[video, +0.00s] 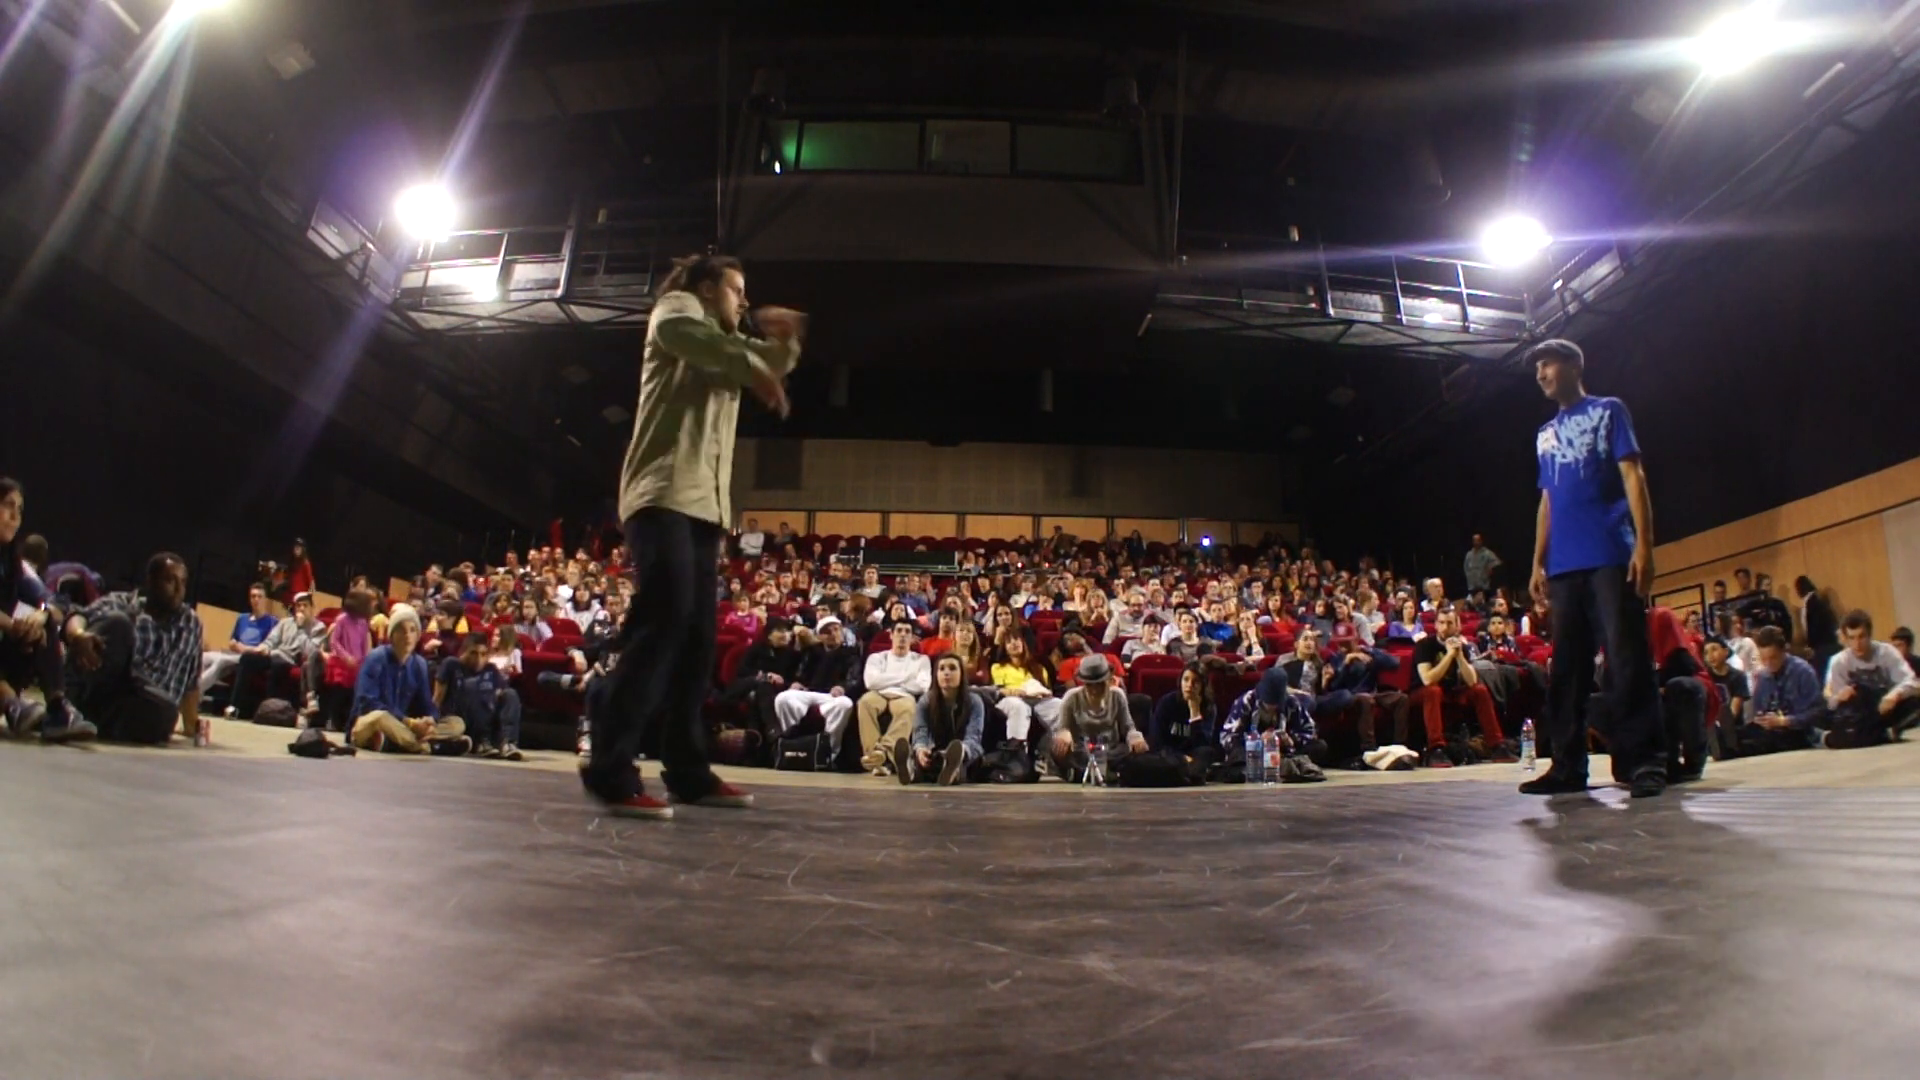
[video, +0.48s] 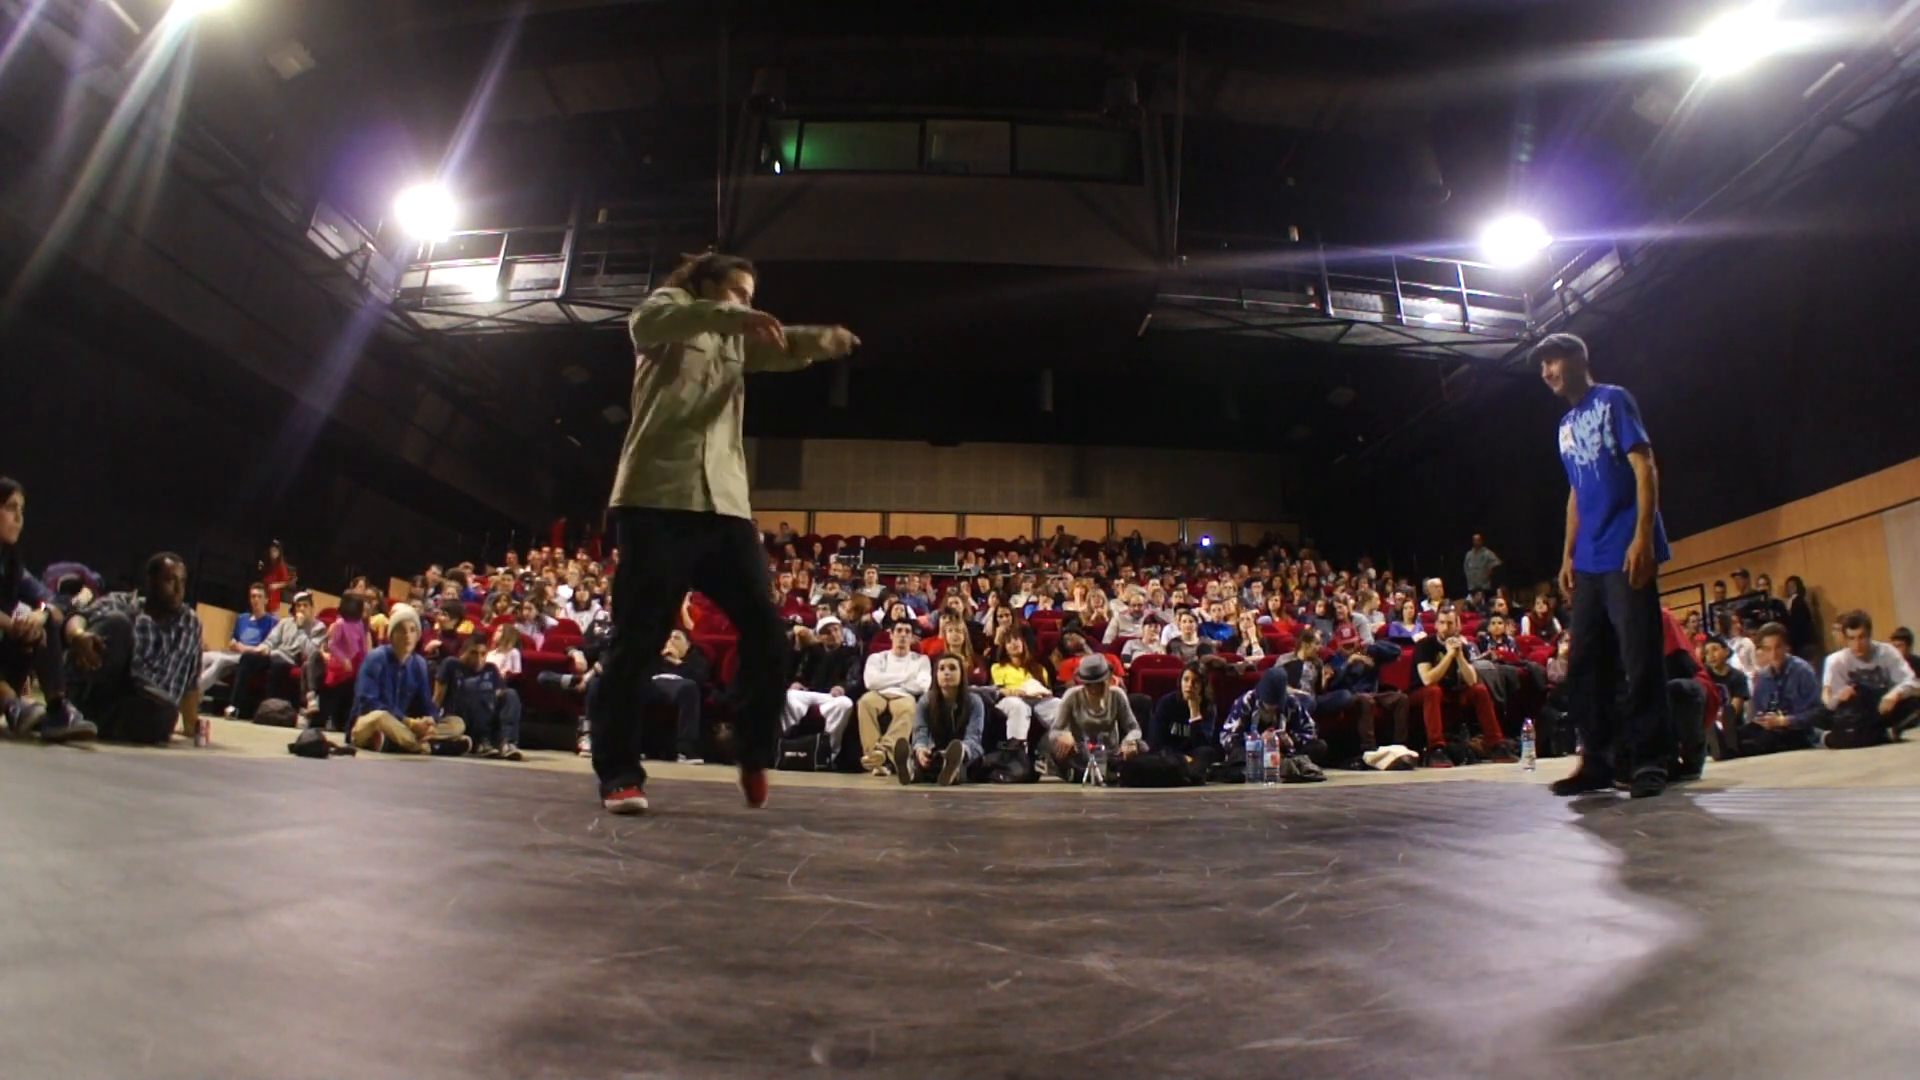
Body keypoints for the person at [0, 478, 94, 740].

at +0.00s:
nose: (14, 516)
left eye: (18, 509)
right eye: (8, 506)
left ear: (21, 517)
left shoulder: (12, 560)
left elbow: (50, 607)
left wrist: (42, 614)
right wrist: (12, 624)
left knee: (45, 626)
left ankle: (58, 708)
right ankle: (12, 704)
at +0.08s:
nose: (15, 516)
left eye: (19, 509)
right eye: (9, 506)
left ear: (21, 516)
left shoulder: (12, 559)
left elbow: (49, 606)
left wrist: (41, 614)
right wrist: (12, 624)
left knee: (45, 625)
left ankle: (57, 708)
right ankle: (12, 705)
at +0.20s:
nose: (19, 518)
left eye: (21, 510)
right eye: (12, 508)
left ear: (20, 516)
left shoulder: (11, 560)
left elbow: (48, 604)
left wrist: (42, 613)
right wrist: (12, 624)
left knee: (47, 622)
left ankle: (57, 708)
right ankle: (12, 704)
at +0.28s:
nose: (20, 518)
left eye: (22, 510)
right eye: (13, 508)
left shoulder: (11, 561)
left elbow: (50, 604)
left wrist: (42, 613)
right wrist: (12, 624)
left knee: (48, 622)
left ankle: (57, 708)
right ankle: (12, 704)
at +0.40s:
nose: (20, 518)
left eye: (22, 510)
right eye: (13, 509)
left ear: (21, 515)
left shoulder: (11, 564)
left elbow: (53, 607)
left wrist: (42, 613)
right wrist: (11, 624)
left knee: (47, 623)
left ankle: (58, 708)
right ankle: (12, 705)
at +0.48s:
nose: (19, 518)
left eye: (21, 510)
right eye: (11, 508)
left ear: (22, 514)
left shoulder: (11, 564)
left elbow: (53, 606)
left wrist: (42, 614)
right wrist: (11, 624)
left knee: (46, 624)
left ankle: (58, 709)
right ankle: (12, 704)